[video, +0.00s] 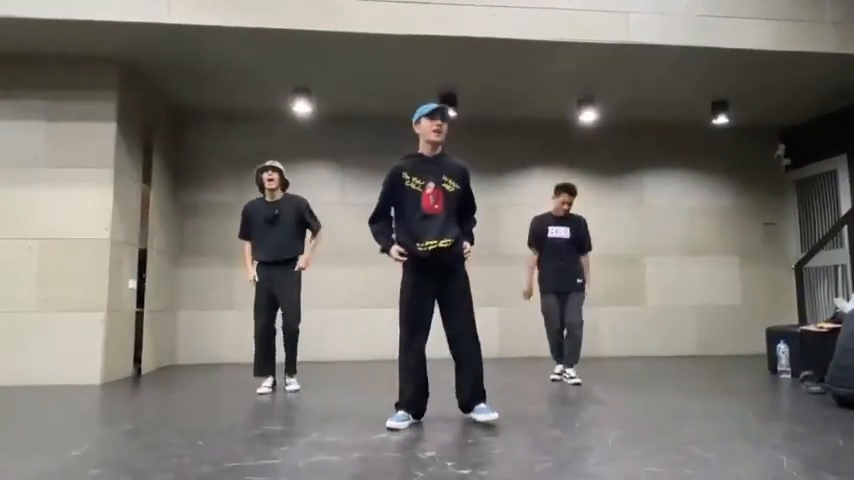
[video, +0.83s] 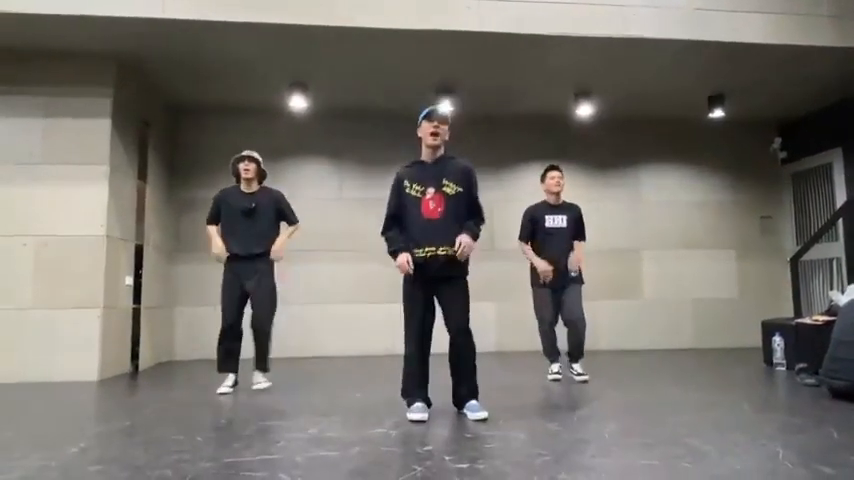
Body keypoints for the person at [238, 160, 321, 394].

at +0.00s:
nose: (269, 177)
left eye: (273, 174)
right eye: (266, 175)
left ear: (282, 179)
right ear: (260, 180)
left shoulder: (297, 203)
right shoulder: (252, 208)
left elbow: (317, 229)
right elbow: (247, 240)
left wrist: (308, 255)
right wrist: (249, 267)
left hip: (290, 271)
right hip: (264, 271)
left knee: (291, 324)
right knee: (263, 326)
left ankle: (290, 375)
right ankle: (267, 377)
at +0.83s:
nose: (246, 166)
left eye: (251, 162)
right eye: (242, 162)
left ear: (259, 169)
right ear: (236, 168)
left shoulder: (273, 196)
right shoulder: (224, 196)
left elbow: (293, 224)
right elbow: (212, 223)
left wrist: (281, 242)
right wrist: (216, 242)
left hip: (262, 266)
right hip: (233, 266)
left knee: (262, 321)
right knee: (230, 322)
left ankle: (260, 372)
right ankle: (230, 374)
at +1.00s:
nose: (242, 172)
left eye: (246, 168)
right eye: (238, 168)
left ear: (255, 174)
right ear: (232, 173)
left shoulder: (268, 203)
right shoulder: (221, 201)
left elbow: (271, 239)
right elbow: (218, 236)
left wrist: (252, 246)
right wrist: (232, 242)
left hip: (255, 268)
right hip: (229, 266)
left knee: (256, 322)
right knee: (217, 316)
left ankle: (249, 374)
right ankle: (226, 369)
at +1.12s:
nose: (238, 177)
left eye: (242, 173)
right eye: (234, 173)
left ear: (251, 178)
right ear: (229, 178)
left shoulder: (267, 205)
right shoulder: (220, 203)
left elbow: (289, 225)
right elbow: (192, 222)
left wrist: (304, 226)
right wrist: (160, 218)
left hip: (251, 275)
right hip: (221, 273)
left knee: (258, 327)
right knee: (194, 319)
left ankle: (249, 376)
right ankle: (177, 366)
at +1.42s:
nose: (235, 174)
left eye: (240, 170)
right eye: (232, 170)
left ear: (249, 175)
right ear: (227, 175)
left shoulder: (263, 203)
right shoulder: (217, 201)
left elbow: (285, 234)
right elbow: (199, 233)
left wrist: (289, 217)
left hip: (250, 271)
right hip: (220, 270)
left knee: (252, 324)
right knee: (206, 320)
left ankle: (250, 373)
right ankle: (207, 364)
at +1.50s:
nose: (237, 174)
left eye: (242, 171)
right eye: (233, 170)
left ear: (251, 176)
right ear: (228, 174)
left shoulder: (261, 203)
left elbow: (279, 239)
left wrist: (275, 217)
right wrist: (211, 238)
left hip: (250, 271)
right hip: (221, 271)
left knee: (254, 324)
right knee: (220, 325)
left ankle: (251, 374)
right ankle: (227, 368)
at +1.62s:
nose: (235, 162)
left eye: (240, 158)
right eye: (231, 158)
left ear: (249, 164)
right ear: (226, 162)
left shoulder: (263, 194)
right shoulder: (218, 188)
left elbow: (278, 226)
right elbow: (197, 199)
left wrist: (269, 229)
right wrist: (214, 171)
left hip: (248, 260)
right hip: (220, 258)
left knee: (251, 318)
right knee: (209, 314)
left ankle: (249, 370)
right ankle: (226, 352)